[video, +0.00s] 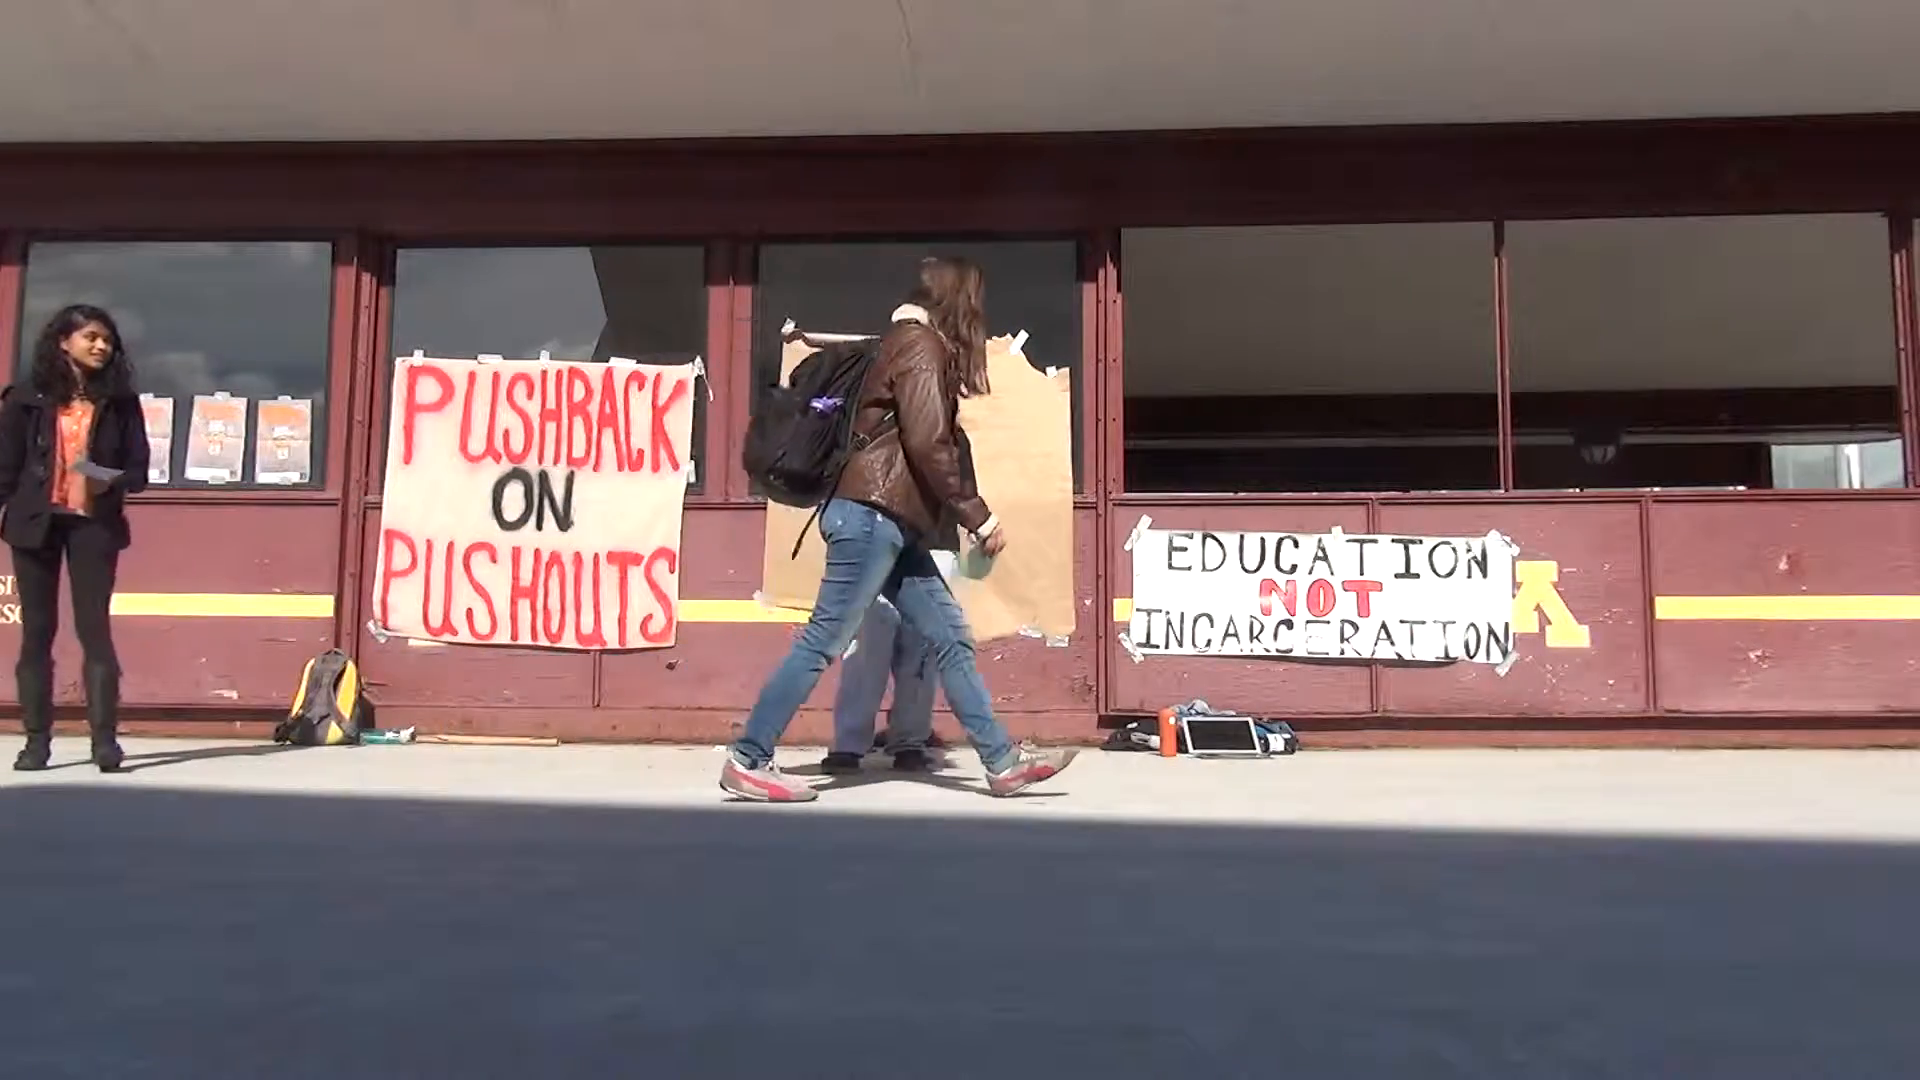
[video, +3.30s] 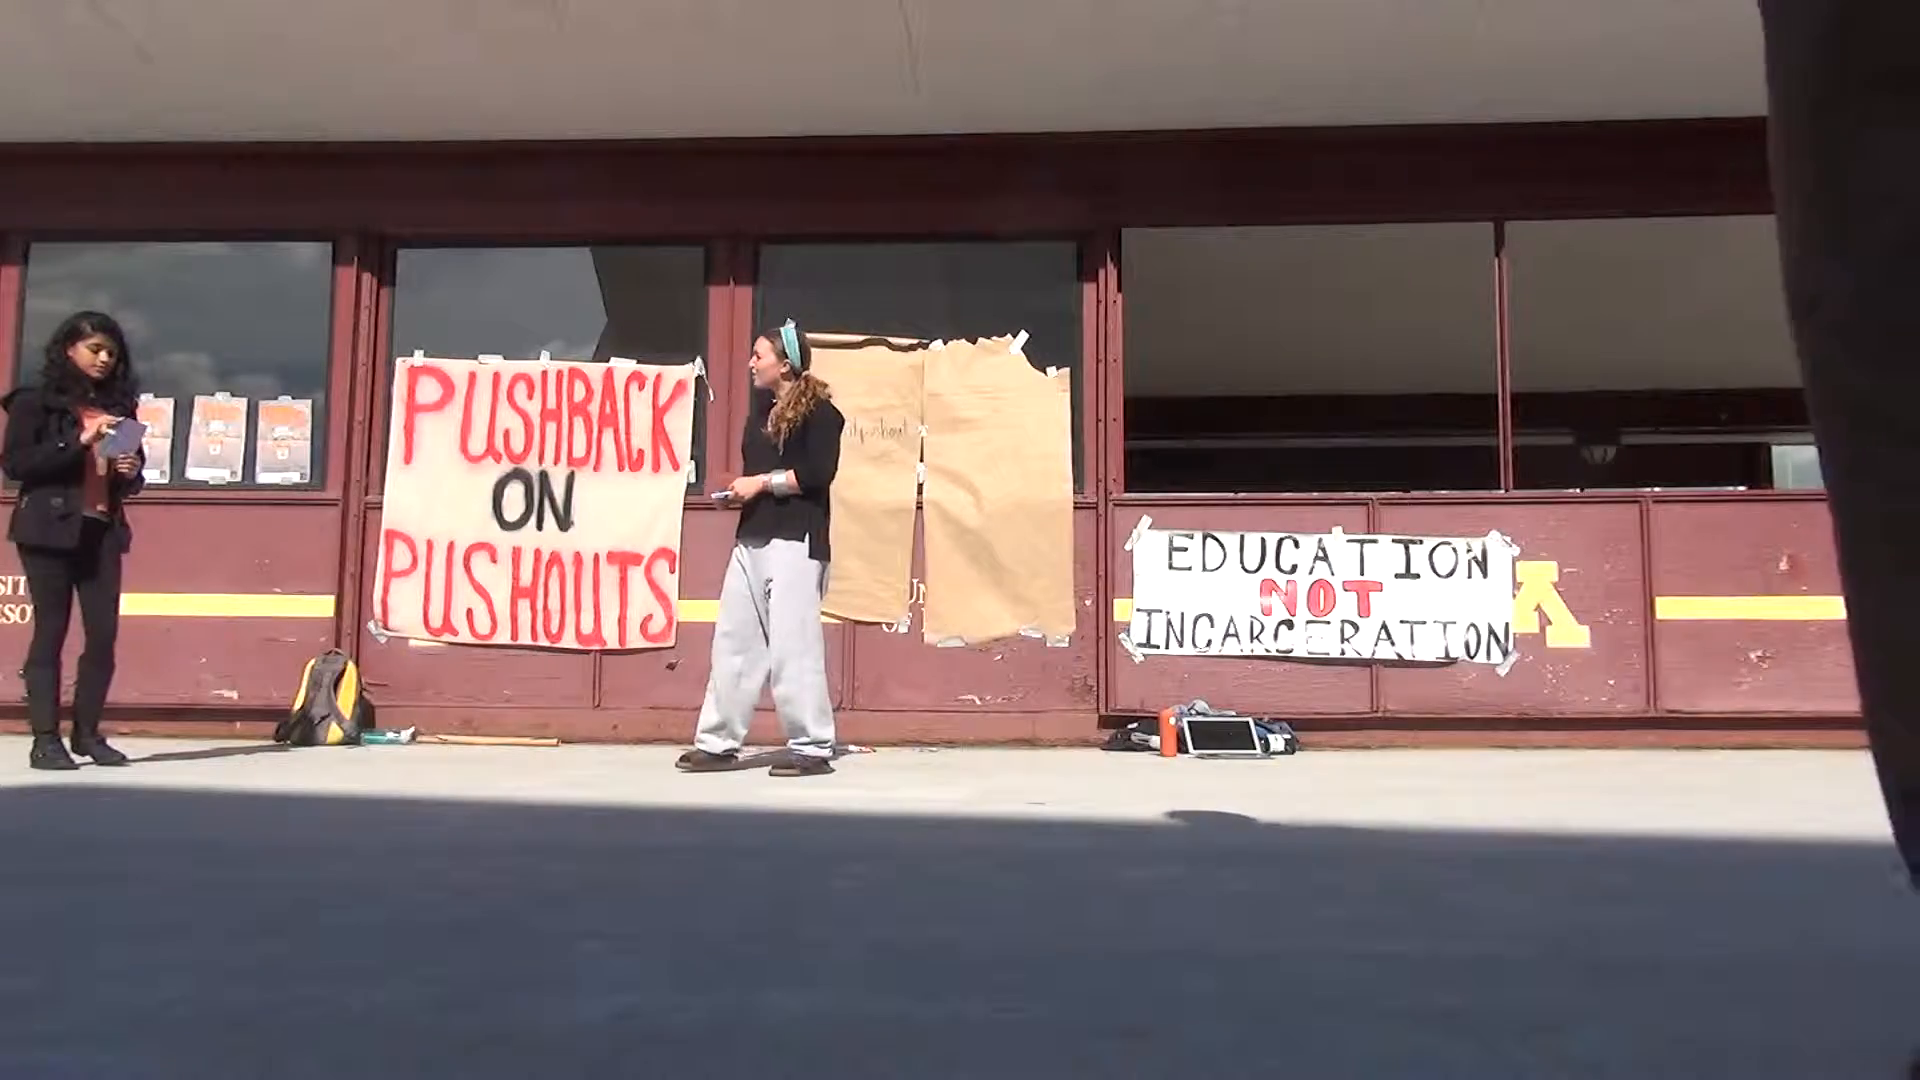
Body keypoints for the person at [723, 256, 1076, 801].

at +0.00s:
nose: (979, 312)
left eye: (978, 300)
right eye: (976, 300)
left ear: (927, 294)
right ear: (961, 300)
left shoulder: (912, 342)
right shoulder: (922, 346)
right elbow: (928, 442)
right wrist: (978, 516)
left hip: (886, 519)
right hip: (868, 512)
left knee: (949, 638)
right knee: (823, 641)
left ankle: (1003, 762)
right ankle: (746, 761)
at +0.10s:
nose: (1027, 313)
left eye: (1027, 303)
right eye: (1025, 302)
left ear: (978, 294)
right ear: (1010, 301)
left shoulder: (953, 343)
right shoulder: (976, 347)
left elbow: (942, 440)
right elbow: (975, 442)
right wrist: (1023, 511)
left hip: (946, 518)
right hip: (932, 513)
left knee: (1005, 630)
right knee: (900, 646)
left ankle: (1018, 767)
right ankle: (789, 740)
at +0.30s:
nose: (936, 375)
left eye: (938, 370)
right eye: (928, 368)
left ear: (940, 377)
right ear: (902, 374)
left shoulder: (944, 426)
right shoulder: (866, 427)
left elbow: (963, 488)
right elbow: (847, 490)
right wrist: (893, 488)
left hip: (935, 550)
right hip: (881, 548)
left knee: (922, 648)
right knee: (869, 644)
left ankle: (911, 743)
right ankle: (849, 744)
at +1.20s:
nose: (858, 378)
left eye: (865, 371)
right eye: (859, 371)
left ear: (891, 376)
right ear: (879, 377)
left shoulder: (929, 427)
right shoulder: (858, 433)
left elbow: (945, 484)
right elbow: (843, 496)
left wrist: (896, 478)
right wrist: (843, 487)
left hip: (906, 550)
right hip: (859, 549)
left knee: (898, 648)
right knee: (849, 646)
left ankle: (906, 741)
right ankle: (847, 741)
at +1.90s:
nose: (809, 378)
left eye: (816, 371)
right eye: (812, 371)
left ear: (839, 378)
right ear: (834, 377)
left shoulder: (862, 429)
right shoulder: (826, 431)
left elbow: (862, 492)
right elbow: (810, 499)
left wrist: (819, 493)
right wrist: (766, 487)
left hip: (841, 552)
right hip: (809, 552)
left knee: (840, 647)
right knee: (816, 652)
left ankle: (887, 736)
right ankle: (840, 743)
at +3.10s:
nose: (766, 360)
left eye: (774, 354)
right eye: (769, 353)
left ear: (798, 363)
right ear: (791, 363)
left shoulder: (825, 412)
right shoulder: (786, 415)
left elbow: (823, 474)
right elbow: (792, 475)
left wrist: (768, 484)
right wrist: (758, 486)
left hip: (803, 542)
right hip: (769, 542)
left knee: (801, 640)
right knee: (750, 634)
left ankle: (815, 746)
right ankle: (799, 726)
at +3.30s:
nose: (751, 363)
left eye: (759, 356)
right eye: (753, 355)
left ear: (786, 363)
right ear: (772, 362)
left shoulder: (819, 411)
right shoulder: (760, 412)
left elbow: (817, 475)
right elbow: (761, 473)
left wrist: (762, 483)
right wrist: (743, 489)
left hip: (794, 541)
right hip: (752, 540)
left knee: (795, 643)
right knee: (735, 641)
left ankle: (812, 746)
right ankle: (718, 743)